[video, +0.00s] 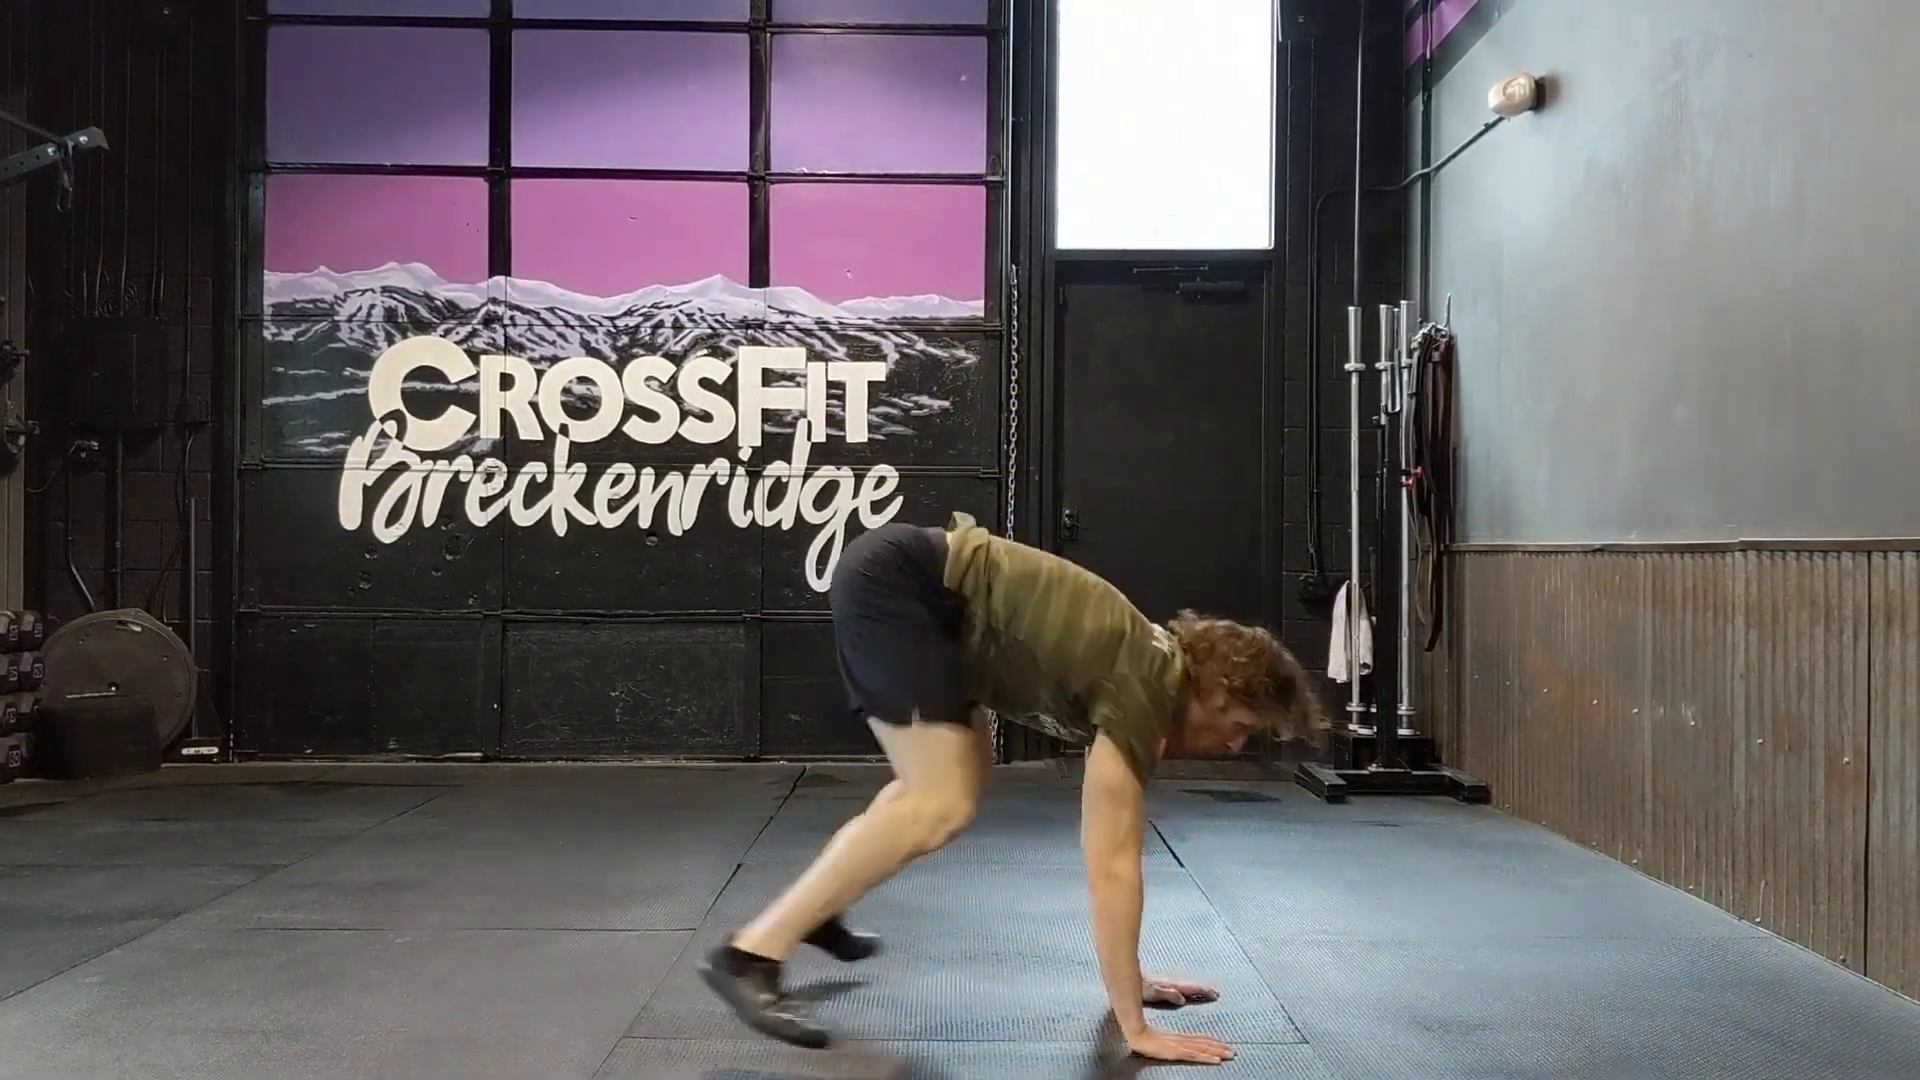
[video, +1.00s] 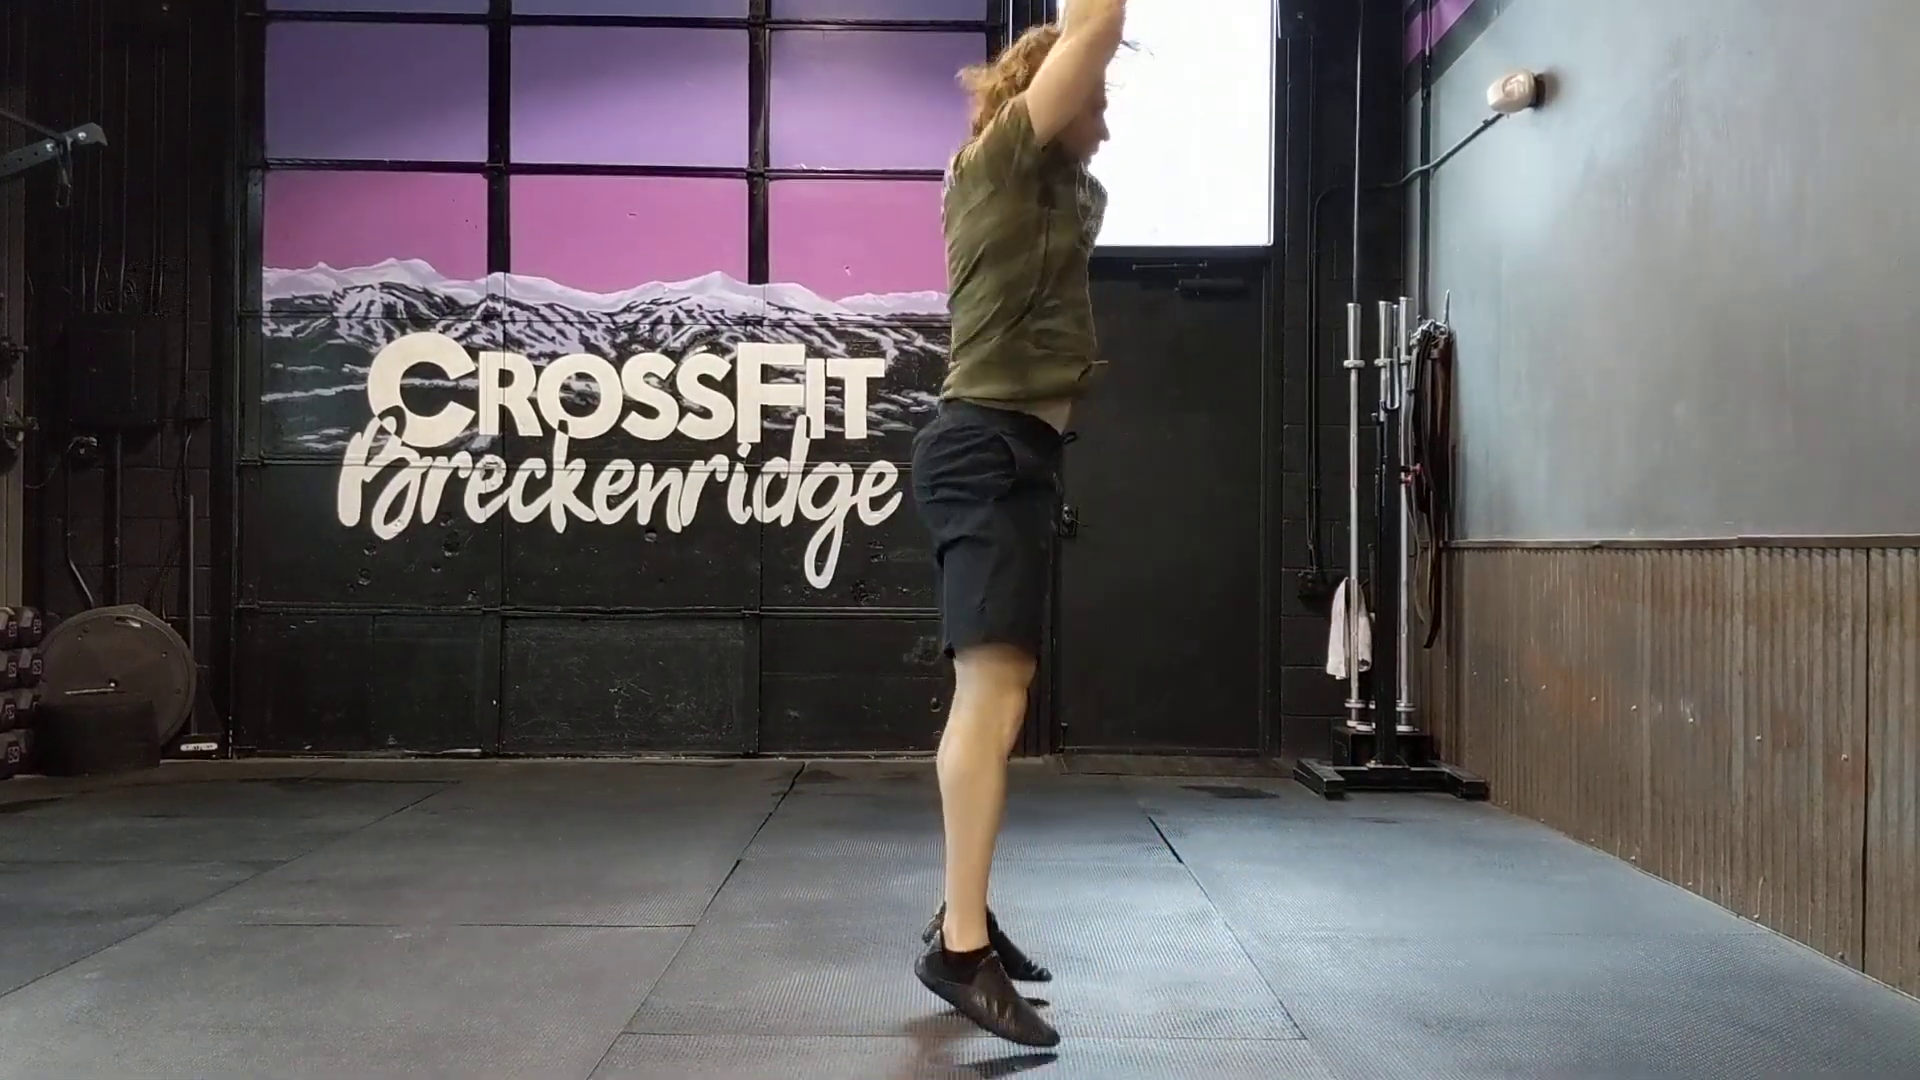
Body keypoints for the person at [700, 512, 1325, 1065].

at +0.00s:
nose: (1234, 750)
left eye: (1246, 740)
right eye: (1243, 732)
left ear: (1211, 683)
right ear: (1220, 694)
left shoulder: (1145, 676)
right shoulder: (1138, 685)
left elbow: (1114, 853)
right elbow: (1112, 863)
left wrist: (1126, 978)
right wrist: (1135, 1028)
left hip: (921, 588)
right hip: (897, 577)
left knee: (948, 791)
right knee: (939, 799)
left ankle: (814, 904)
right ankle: (752, 949)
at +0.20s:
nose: (1239, 657)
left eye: (1247, 644)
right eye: (1239, 637)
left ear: (1191, 602)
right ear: (1198, 605)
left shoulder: (1126, 630)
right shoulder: (1125, 642)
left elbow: (1124, 821)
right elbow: (1119, 830)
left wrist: (1158, 936)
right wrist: (1164, 975)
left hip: (888, 662)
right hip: (864, 669)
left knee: (1043, 769)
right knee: (1033, 798)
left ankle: (978, 955)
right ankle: (934, 1031)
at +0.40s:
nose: (1228, 524)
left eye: (1230, 509)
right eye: (1221, 506)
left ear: (1170, 502)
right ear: (1173, 499)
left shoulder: (1105, 550)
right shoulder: (1093, 554)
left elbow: (1098, 706)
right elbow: (1099, 728)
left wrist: (1178, 777)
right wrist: (1206, 837)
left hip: (922, 664)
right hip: (883, 669)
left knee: (1054, 760)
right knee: (1042, 804)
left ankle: (980, 954)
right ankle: (934, 1030)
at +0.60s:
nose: (1163, 358)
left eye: (1166, 344)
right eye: (1158, 341)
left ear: (1090, 334)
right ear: (1111, 332)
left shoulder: (1057, 405)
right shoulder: (1040, 410)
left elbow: (1092, 475)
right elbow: (1119, 503)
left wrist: (1161, 401)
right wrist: (1230, 405)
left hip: (976, 630)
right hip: (935, 629)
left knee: (1071, 753)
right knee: (1057, 801)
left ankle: (982, 950)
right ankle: (937, 1028)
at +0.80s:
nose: (1112, 144)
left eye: (1116, 128)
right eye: (1107, 120)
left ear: (1053, 114)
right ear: (1071, 114)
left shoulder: (1043, 189)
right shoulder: (1023, 181)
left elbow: (1126, 94)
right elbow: (1148, 97)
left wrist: (1121, 6)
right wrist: (1150, 2)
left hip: (1008, 464)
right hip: (978, 459)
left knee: (995, 680)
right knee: (994, 680)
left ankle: (973, 876)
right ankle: (945, 934)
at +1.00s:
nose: (1109, 102)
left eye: (1109, 81)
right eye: (1096, 80)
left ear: (1042, 89)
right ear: (1042, 86)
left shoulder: (1038, 170)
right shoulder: (1004, 159)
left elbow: (1089, 23)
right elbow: (1094, 18)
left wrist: (1059, 60)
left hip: (1014, 450)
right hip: (983, 448)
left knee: (997, 690)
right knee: (993, 689)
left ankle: (965, 911)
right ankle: (959, 945)